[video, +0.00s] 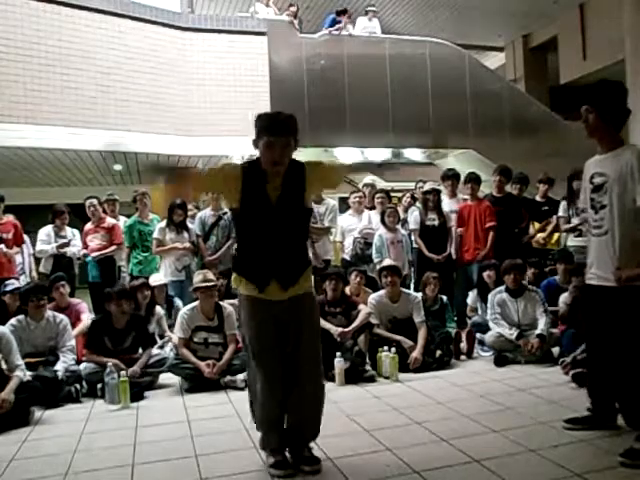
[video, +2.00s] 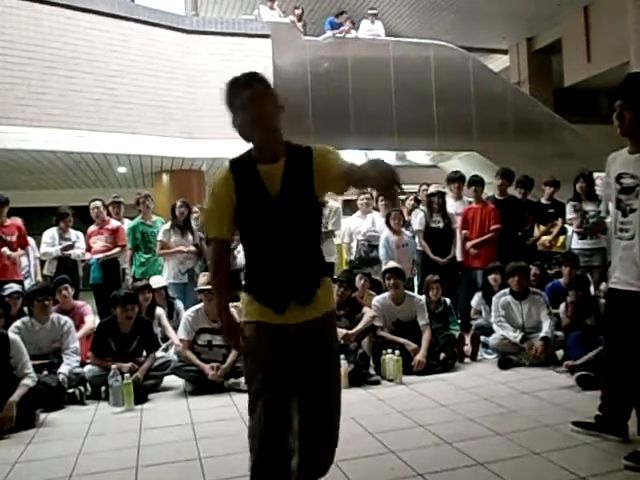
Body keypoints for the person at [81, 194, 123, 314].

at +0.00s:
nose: (92, 209)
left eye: (95, 206)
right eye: (89, 207)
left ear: (100, 207)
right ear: (87, 210)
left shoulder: (112, 224)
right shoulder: (87, 228)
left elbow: (118, 244)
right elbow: (85, 246)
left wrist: (99, 254)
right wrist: (83, 252)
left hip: (108, 260)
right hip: (92, 261)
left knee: (109, 292)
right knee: (95, 294)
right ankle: (99, 320)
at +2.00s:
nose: (96, 211)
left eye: (98, 208)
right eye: (93, 209)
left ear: (104, 209)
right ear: (90, 213)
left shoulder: (116, 226)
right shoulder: (90, 230)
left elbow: (122, 247)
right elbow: (88, 249)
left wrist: (104, 255)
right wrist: (87, 256)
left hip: (110, 262)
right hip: (95, 264)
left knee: (113, 295)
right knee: (100, 298)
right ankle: (104, 325)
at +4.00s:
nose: (96, 217)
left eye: (98, 213)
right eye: (92, 214)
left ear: (104, 211)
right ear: (90, 215)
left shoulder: (116, 226)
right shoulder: (91, 230)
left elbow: (123, 246)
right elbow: (89, 249)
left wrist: (105, 253)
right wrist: (86, 254)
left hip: (111, 261)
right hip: (96, 264)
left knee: (113, 293)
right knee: (100, 296)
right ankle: (104, 323)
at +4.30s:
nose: (92, 219)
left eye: (94, 215)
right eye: (90, 216)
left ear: (101, 212)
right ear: (88, 215)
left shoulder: (116, 227)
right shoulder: (91, 230)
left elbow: (123, 247)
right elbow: (89, 249)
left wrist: (104, 253)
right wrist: (87, 255)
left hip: (111, 262)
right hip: (96, 264)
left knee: (114, 295)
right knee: (100, 298)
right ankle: (104, 325)